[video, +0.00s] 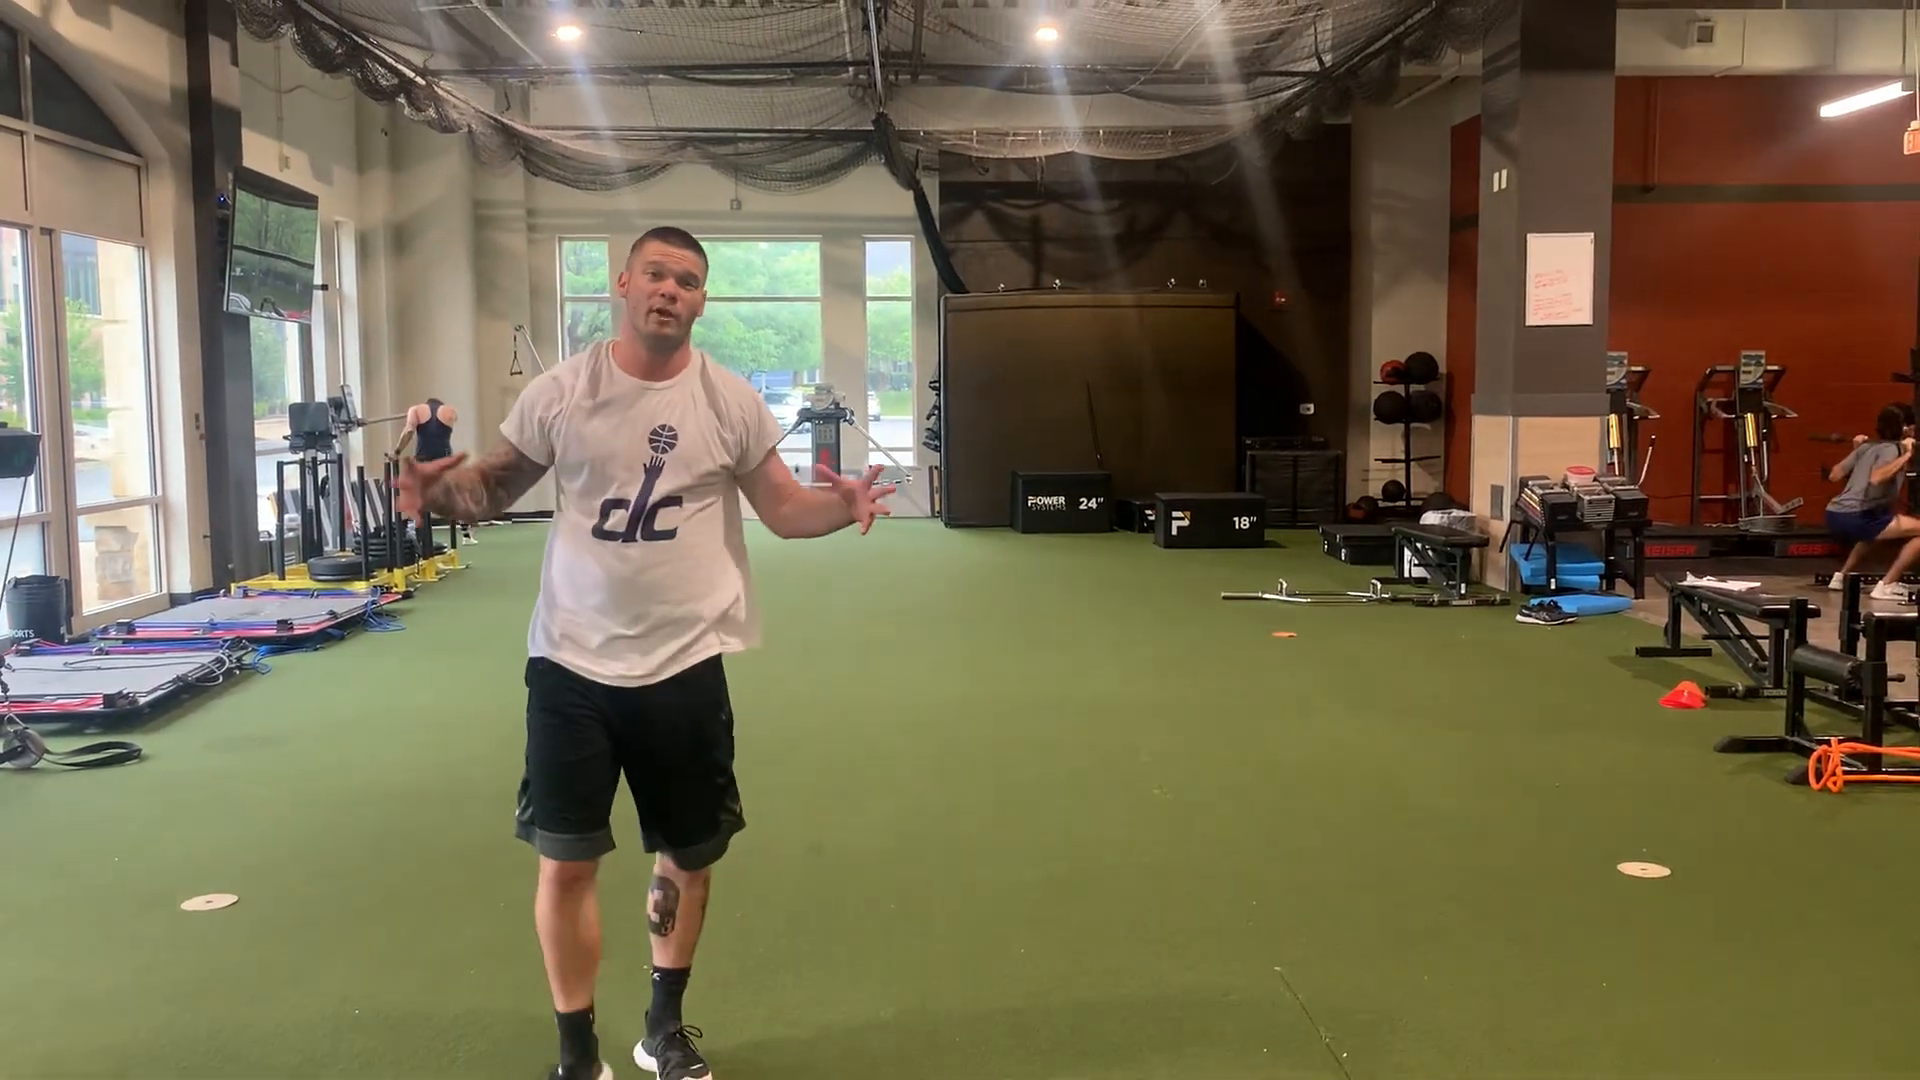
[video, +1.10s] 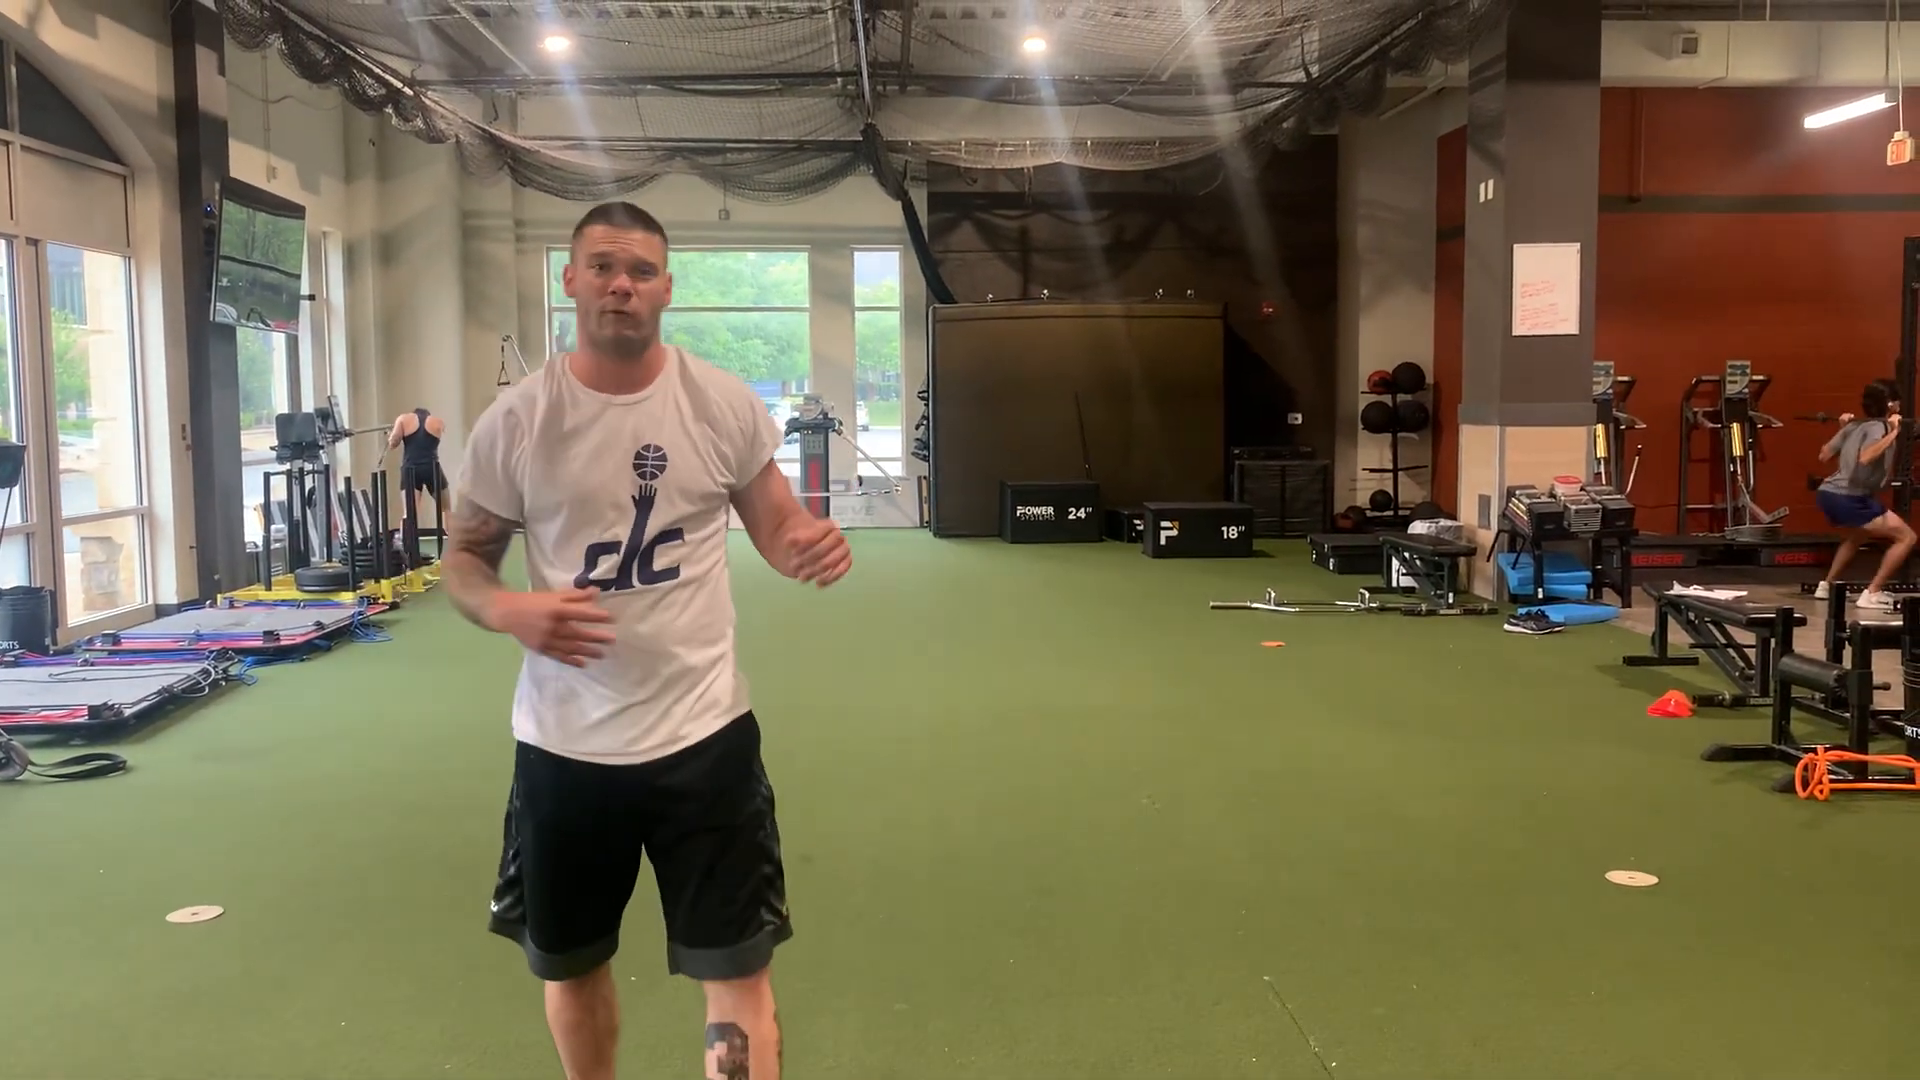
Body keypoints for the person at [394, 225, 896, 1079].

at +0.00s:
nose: (672, 290)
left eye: (688, 282)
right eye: (657, 275)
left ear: (703, 303)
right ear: (620, 285)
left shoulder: (729, 400)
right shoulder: (560, 392)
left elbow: (784, 506)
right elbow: (494, 481)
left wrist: (836, 504)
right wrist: (445, 482)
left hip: (684, 664)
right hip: (572, 661)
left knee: (687, 855)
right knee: (566, 857)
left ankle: (664, 1026)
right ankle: (577, 1058)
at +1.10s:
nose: (621, 285)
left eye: (641, 270)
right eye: (602, 266)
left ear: (666, 288)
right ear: (569, 281)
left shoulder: (725, 407)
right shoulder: (515, 424)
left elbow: (781, 528)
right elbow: (464, 561)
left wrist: (819, 546)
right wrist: (506, 610)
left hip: (703, 736)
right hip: (567, 745)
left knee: (735, 966)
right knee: (571, 965)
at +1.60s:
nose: (757, 263)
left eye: (781, 256)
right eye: (740, 244)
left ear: (802, 289)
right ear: (701, 262)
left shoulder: (843, 416)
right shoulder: (618, 407)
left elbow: (886, 574)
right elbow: (551, 562)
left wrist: (798, 594)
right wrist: (599, 583)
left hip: (785, 764)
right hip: (637, 764)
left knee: (794, 1028)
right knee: (616, 1039)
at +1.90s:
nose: (781, 269)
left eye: (803, 256)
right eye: (759, 248)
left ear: (824, 283)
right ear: (715, 267)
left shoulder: (868, 421)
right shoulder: (640, 419)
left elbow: (922, 569)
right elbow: (587, 581)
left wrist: (874, 601)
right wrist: (575, 714)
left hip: (815, 791)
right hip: (664, 794)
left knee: (797, 1049)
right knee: (671, 1058)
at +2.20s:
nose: (745, 258)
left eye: (762, 237)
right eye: (712, 242)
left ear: (787, 260)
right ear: (668, 276)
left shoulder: (866, 410)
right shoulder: (628, 445)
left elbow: (926, 558)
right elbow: (598, 646)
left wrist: (901, 609)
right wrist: (662, 800)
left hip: (857, 848)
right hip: (698, 860)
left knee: (856, 1064)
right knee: (690, 1067)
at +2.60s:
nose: (817, 262)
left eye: (841, 239)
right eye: (788, 238)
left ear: (871, 259)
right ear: (741, 259)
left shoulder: (938, 410)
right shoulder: (677, 436)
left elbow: (996, 573)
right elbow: (603, 640)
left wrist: (995, 628)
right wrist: (737, 704)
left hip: (918, 864)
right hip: (741, 876)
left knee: (949, 1064)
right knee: (712, 1066)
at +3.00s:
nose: (949, 250)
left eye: (978, 237)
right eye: (927, 228)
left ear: (1006, 277)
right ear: (882, 253)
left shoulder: (1061, 439)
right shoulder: (794, 425)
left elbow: (1104, 627)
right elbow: (737, 609)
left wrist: (1036, 671)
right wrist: (701, 754)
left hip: (982, 873)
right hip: (800, 868)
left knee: (1002, 1069)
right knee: (759, 1070)